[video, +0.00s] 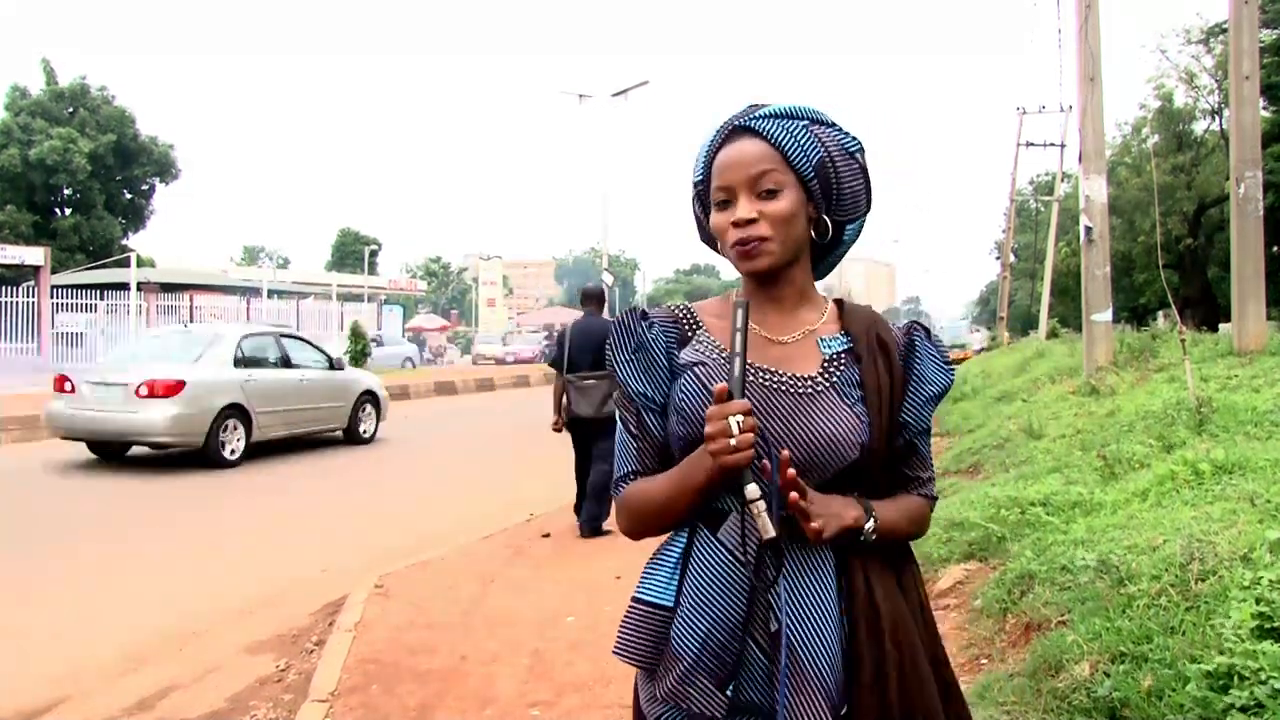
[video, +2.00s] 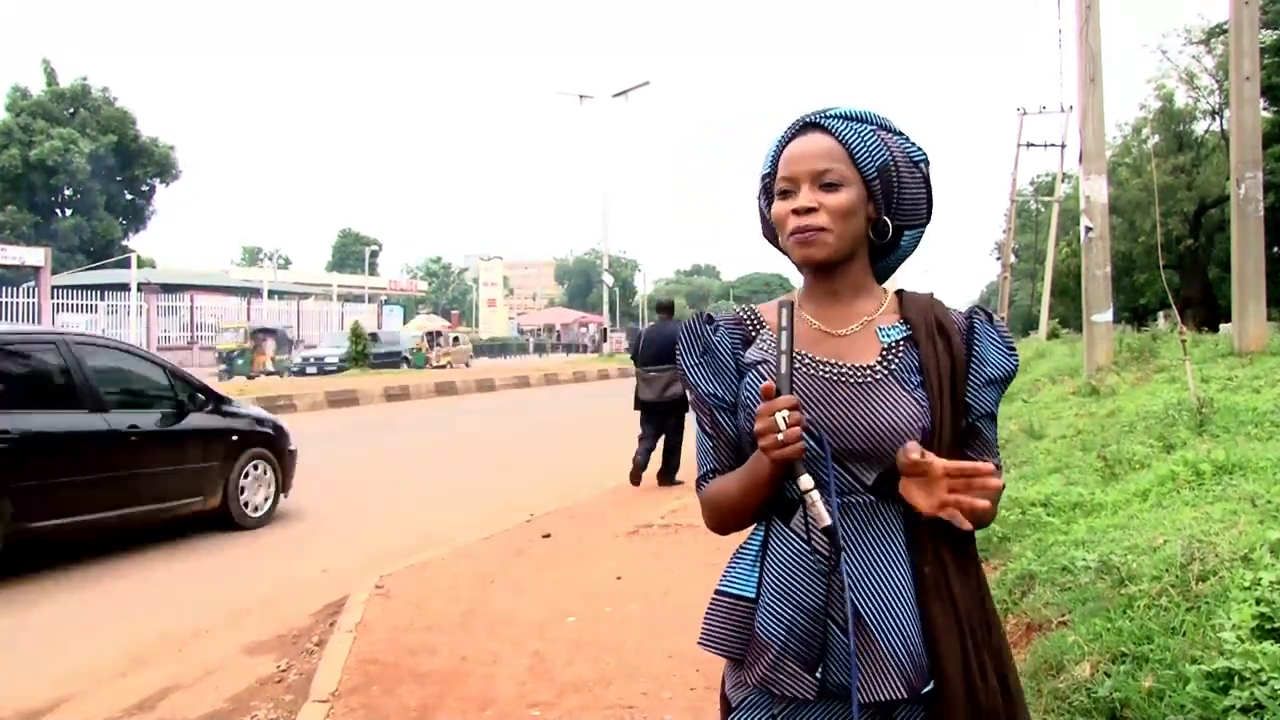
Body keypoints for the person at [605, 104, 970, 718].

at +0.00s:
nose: (742, 216)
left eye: (767, 193)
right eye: (723, 202)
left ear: (815, 206)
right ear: (709, 222)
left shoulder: (881, 346)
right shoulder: (667, 342)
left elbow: (918, 503)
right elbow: (631, 515)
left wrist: (855, 512)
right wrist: (706, 462)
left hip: (849, 628)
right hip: (710, 629)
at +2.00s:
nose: (802, 204)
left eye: (828, 185)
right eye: (786, 191)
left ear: (875, 204)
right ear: (771, 213)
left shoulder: (948, 337)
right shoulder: (736, 343)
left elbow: (985, 495)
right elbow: (718, 514)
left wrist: (938, 491)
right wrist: (767, 459)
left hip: (918, 641)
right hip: (783, 646)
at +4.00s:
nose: (783, 207)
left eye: (810, 184)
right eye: (773, 193)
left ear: (870, 199)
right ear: (766, 211)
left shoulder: (948, 336)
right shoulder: (743, 337)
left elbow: (978, 506)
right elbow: (723, 507)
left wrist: (943, 503)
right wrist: (737, 464)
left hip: (898, 634)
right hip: (769, 632)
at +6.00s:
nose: (762, 206)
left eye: (791, 191)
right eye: (751, 191)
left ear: (838, 214)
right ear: (736, 209)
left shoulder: (891, 317)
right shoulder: (701, 344)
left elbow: (972, 394)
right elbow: (686, 518)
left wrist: (940, 222)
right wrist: (714, 459)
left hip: (875, 630)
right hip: (745, 633)